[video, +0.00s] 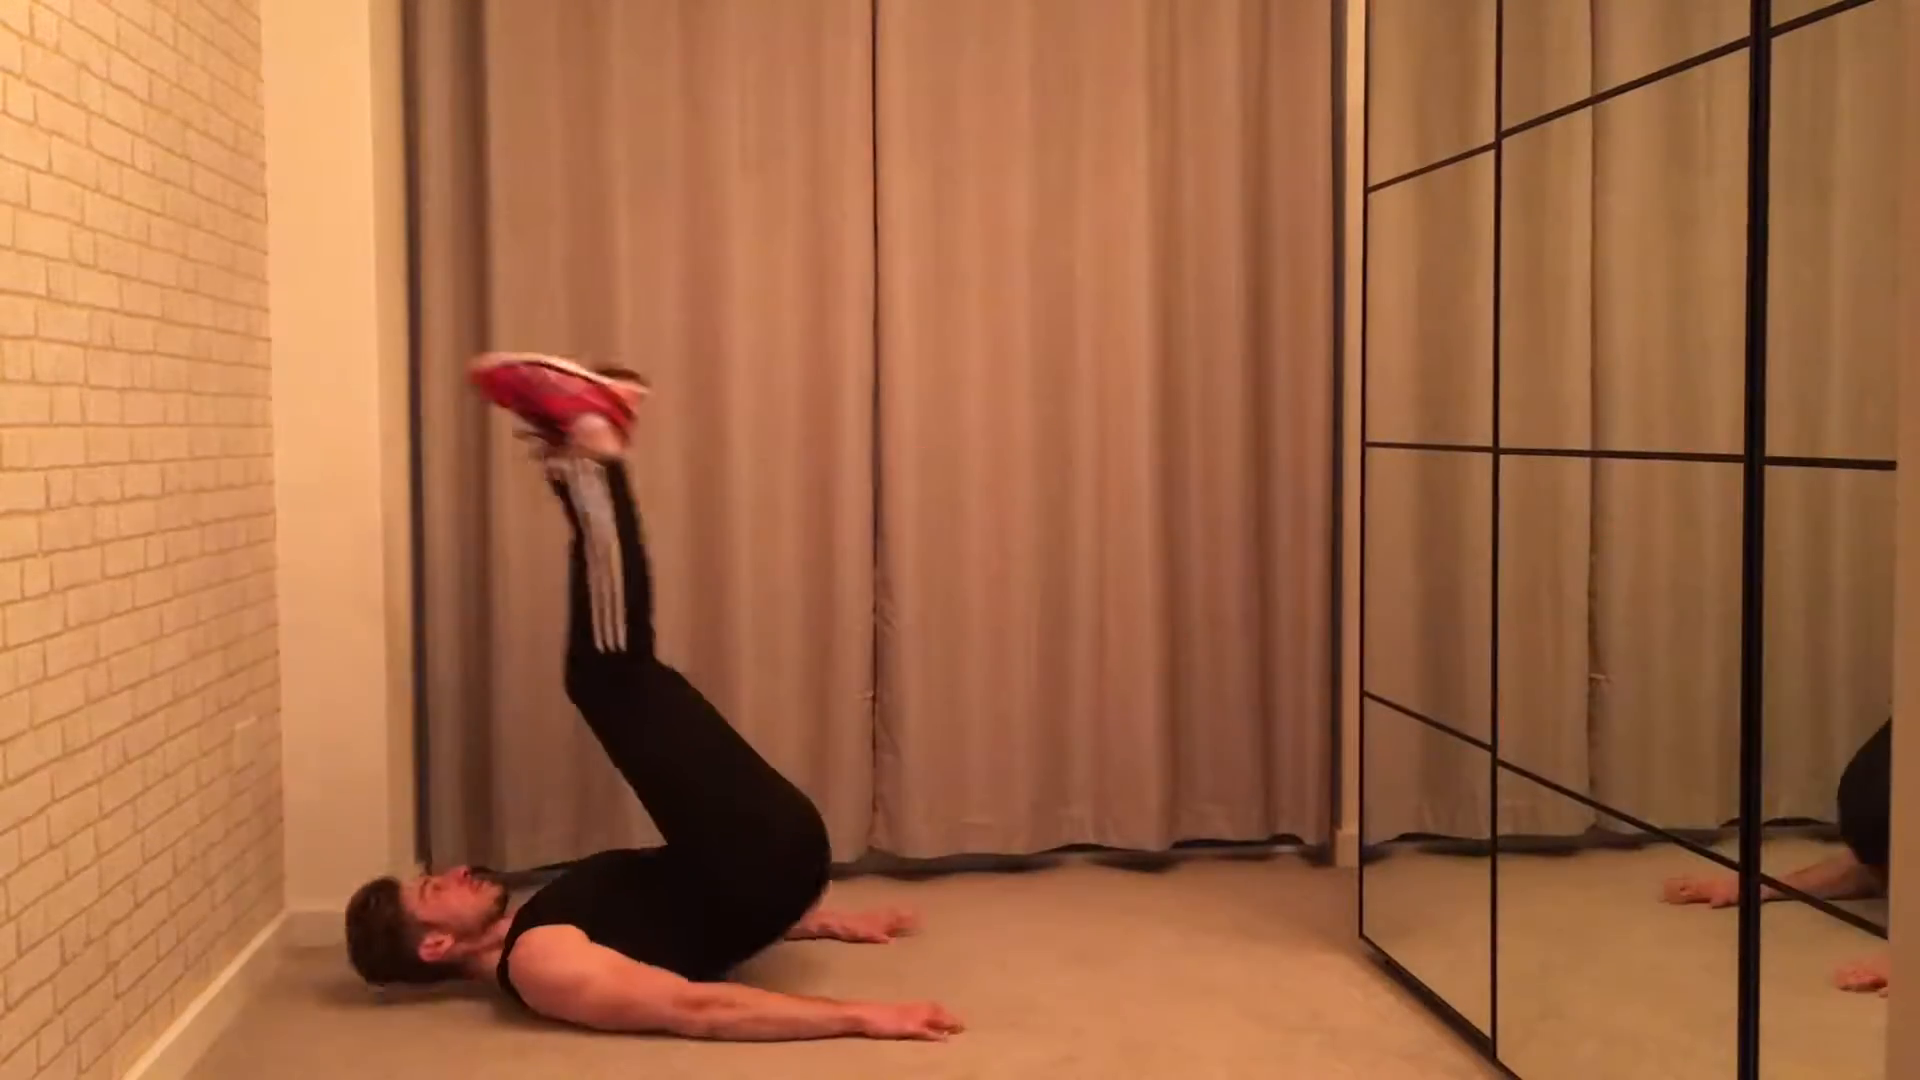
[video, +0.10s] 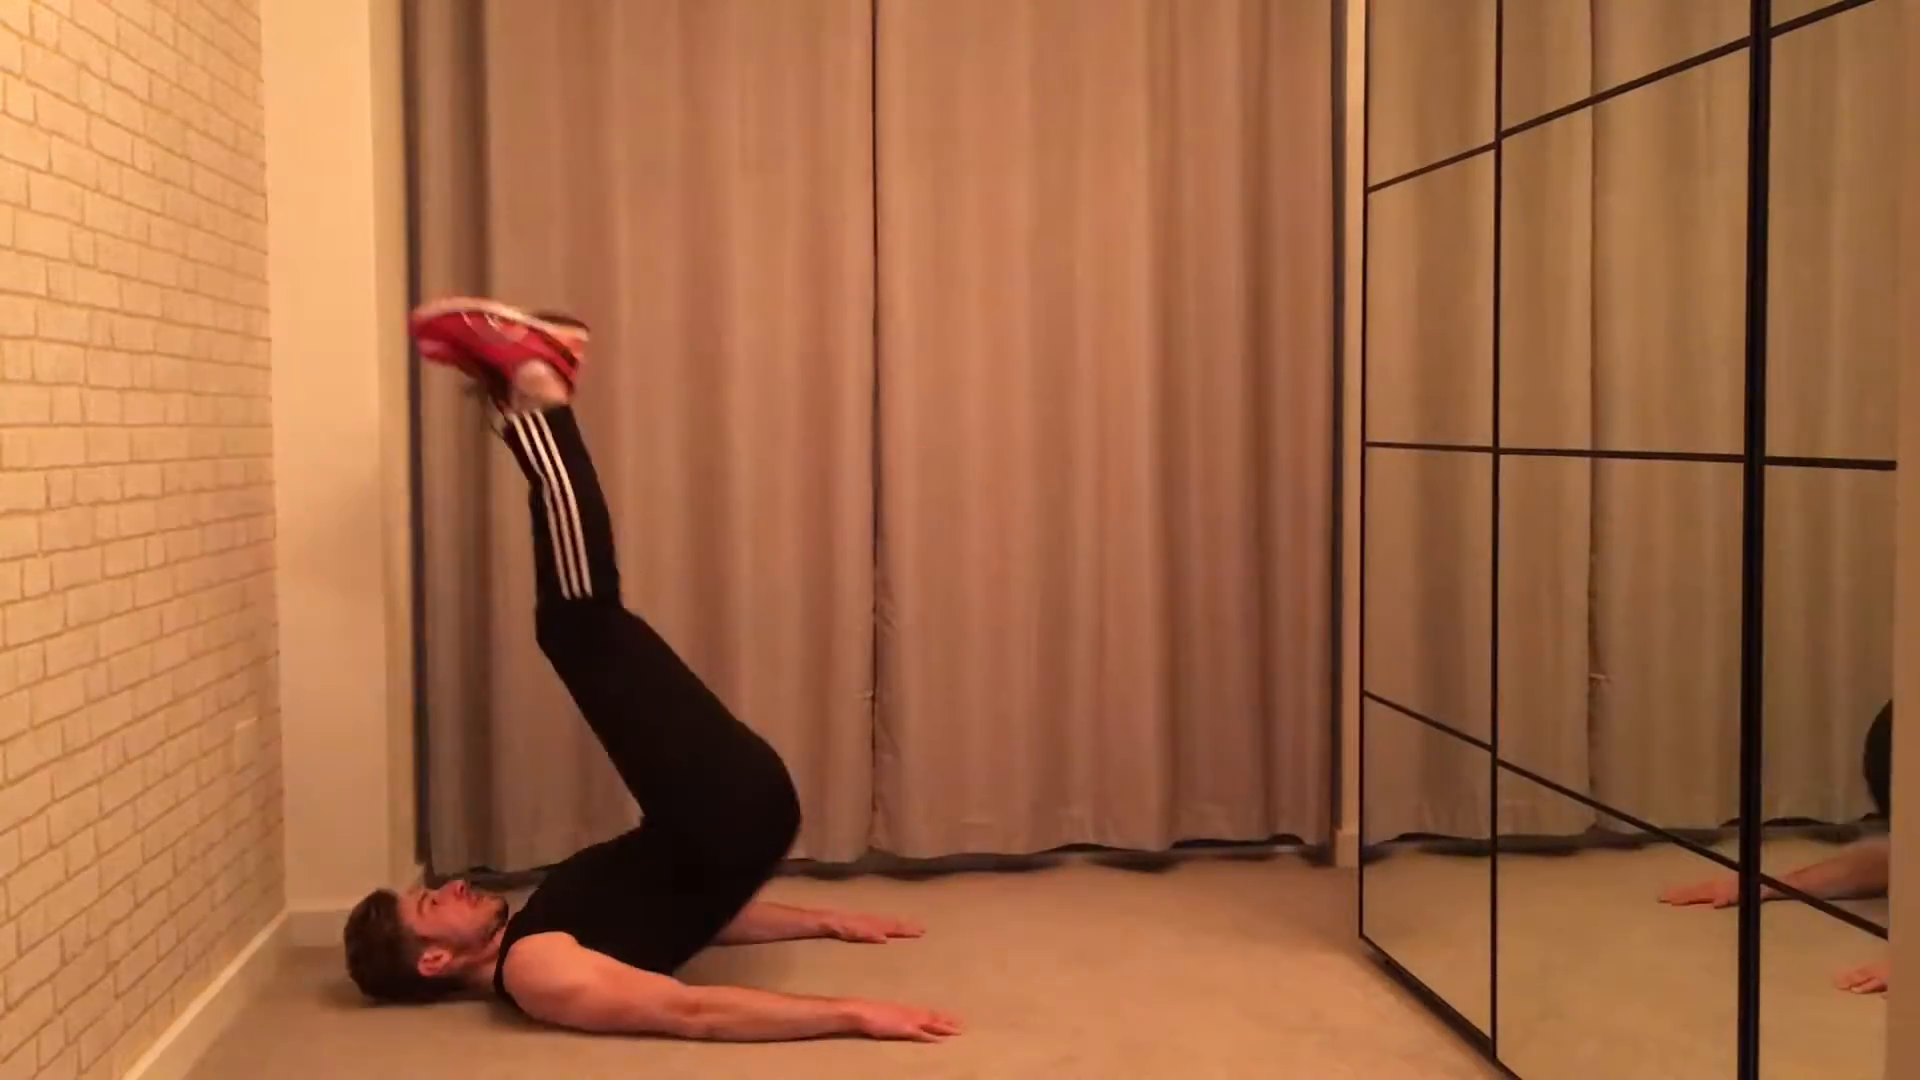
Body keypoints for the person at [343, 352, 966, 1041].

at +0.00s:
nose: (455, 871)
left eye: (432, 873)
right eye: (434, 887)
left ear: (450, 934)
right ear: (441, 949)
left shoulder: (537, 931)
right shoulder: (540, 963)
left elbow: (687, 908)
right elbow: (695, 1010)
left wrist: (826, 923)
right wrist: (862, 1017)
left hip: (757, 862)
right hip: (764, 868)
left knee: (610, 675)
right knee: (605, 677)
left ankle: (584, 455)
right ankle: (587, 454)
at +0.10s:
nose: (452, 889)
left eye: (434, 889)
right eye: (434, 904)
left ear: (450, 939)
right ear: (441, 958)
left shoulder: (543, 933)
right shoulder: (540, 969)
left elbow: (699, 919)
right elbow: (692, 1013)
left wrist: (829, 923)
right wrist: (849, 1017)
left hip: (730, 818)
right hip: (734, 823)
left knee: (583, 623)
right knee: (577, 624)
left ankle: (534, 398)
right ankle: (534, 397)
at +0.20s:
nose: (448, 893)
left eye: (428, 895)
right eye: (428, 914)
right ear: (437, 971)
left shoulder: (541, 935)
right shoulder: (537, 973)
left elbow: (689, 910)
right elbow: (688, 1013)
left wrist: (822, 922)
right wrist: (850, 1019)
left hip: (684, 794)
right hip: (700, 792)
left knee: (559, 578)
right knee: (558, 579)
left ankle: (514, 349)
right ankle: (508, 348)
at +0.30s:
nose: (446, 894)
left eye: (428, 895)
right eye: (427, 913)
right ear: (437, 968)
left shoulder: (541, 932)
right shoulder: (530, 973)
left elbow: (689, 914)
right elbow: (685, 1014)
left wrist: (826, 923)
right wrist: (848, 1020)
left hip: (662, 762)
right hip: (667, 764)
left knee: (544, 548)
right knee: (541, 547)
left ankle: (496, 307)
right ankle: (490, 303)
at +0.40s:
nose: (442, 894)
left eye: (424, 897)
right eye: (424, 914)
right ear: (434, 967)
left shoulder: (542, 932)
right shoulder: (523, 974)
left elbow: (684, 915)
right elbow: (683, 1014)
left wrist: (823, 922)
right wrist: (843, 1021)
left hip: (638, 743)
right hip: (645, 745)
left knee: (538, 522)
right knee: (533, 525)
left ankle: (498, 299)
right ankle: (477, 294)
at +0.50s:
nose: (439, 893)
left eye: (421, 896)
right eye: (421, 913)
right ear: (431, 967)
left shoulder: (539, 934)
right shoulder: (520, 976)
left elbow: (683, 916)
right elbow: (682, 1016)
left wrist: (821, 921)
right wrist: (839, 1020)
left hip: (622, 745)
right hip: (632, 744)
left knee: (533, 513)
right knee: (529, 515)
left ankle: (499, 293)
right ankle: (474, 287)